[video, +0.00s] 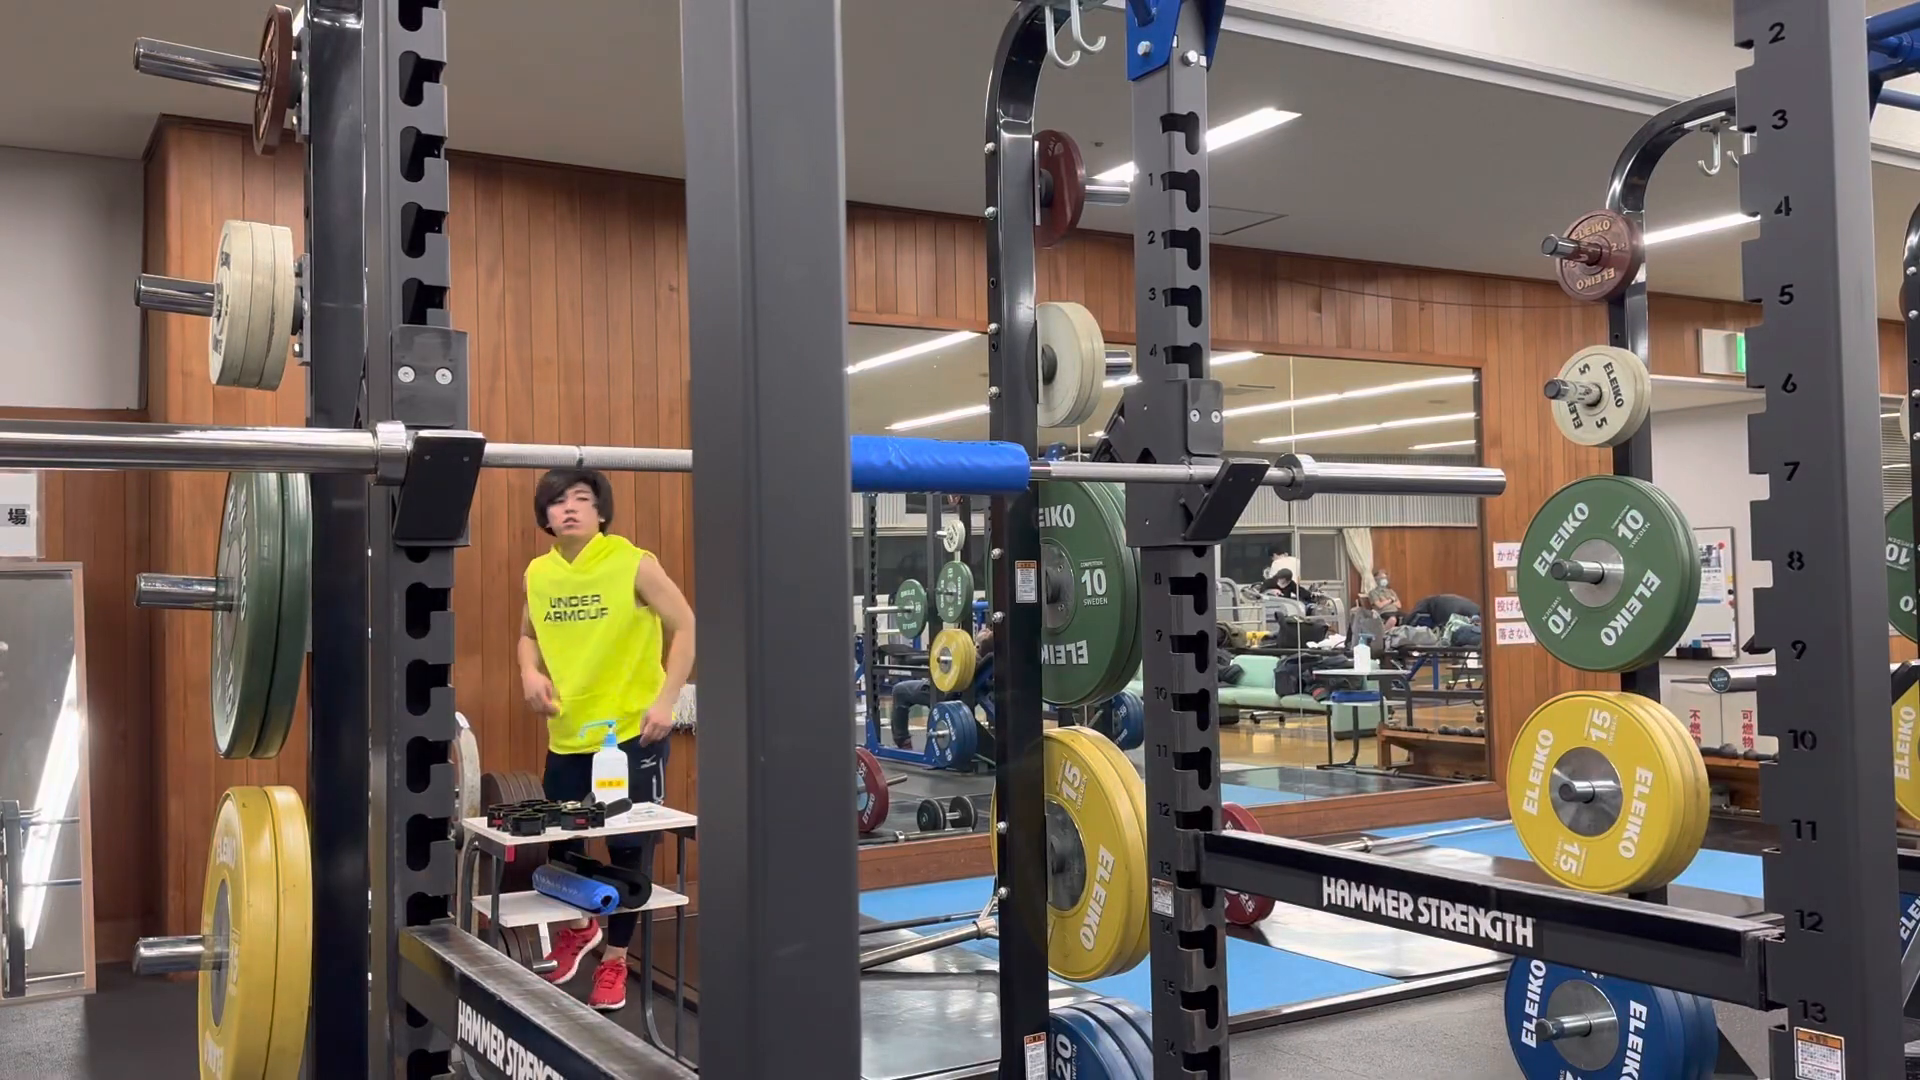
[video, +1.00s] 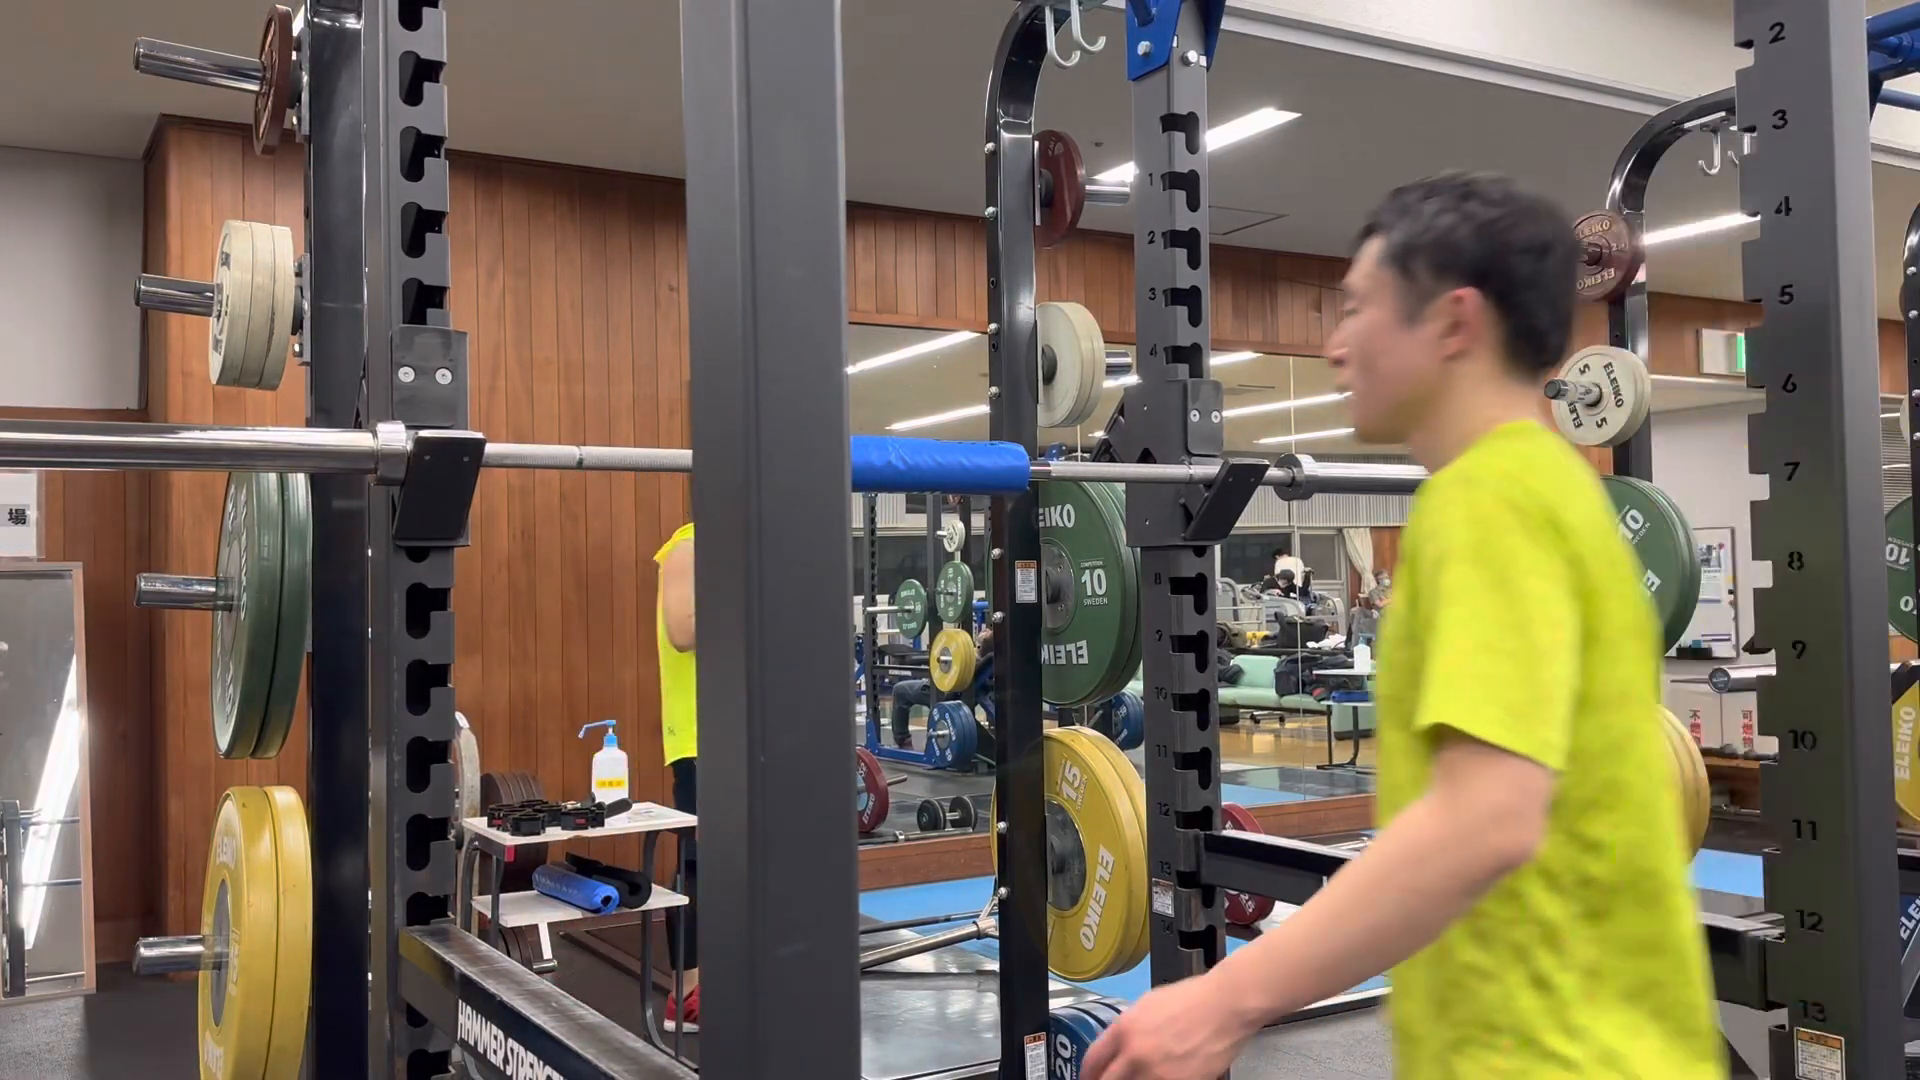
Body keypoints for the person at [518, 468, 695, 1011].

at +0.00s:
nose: (570, 507)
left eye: (581, 498)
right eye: (557, 501)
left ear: (602, 511)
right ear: (545, 516)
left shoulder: (633, 565)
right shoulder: (538, 576)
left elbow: (685, 624)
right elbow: (530, 636)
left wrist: (667, 700)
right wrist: (530, 672)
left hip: (631, 735)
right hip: (568, 736)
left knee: (627, 849)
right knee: (559, 842)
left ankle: (616, 953)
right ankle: (579, 921)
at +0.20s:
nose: (615, 509)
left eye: (622, 500)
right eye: (602, 501)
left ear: (633, 508)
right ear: (575, 512)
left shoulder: (661, 562)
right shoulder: (551, 570)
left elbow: (702, 618)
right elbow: (521, 643)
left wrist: (701, 652)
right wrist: (557, 646)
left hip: (657, 725)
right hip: (592, 730)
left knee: (639, 848)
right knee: (596, 843)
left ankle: (617, 953)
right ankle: (577, 927)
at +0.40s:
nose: (650, 503)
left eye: (651, 494)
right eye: (637, 495)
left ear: (650, 500)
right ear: (603, 503)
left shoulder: (661, 550)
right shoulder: (572, 561)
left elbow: (696, 604)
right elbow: (547, 641)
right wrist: (610, 629)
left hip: (671, 716)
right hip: (615, 722)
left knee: (649, 837)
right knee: (664, 822)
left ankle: (612, 958)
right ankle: (598, 926)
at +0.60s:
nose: (691, 508)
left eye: (691, 497)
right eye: (682, 498)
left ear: (669, 505)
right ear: (650, 503)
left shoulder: (686, 554)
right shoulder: (607, 559)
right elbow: (598, 639)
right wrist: (667, 600)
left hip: (690, 730)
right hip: (639, 737)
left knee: (649, 860)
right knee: (663, 865)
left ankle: (598, 955)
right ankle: (686, 979)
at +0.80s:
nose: (718, 499)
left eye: (711, 488)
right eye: (711, 489)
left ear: (664, 498)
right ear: (698, 498)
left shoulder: (703, 552)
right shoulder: (647, 555)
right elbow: (637, 635)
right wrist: (700, 601)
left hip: (712, 733)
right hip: (672, 737)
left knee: (707, 860)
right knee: (681, 865)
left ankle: (628, 929)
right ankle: (684, 986)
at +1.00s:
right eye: (749, 497)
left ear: (715, 495)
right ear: (727, 495)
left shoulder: (723, 547)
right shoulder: (690, 544)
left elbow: (684, 628)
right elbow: (683, 629)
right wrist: (748, 608)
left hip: (719, 736)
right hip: (699, 737)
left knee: (703, 865)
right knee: (703, 865)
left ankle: (691, 982)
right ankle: (692, 984)